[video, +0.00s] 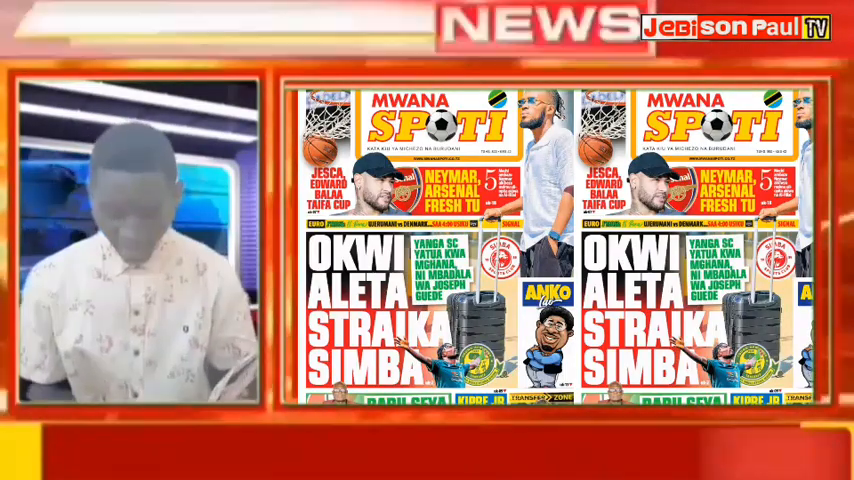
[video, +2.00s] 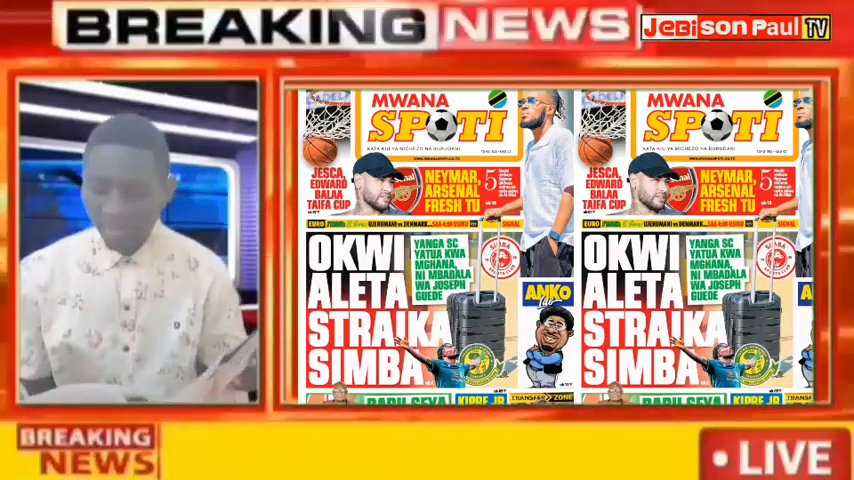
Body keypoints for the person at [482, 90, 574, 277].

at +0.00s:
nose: (523, 107)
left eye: (531, 101)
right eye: (522, 103)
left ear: (549, 110)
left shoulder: (563, 138)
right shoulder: (531, 147)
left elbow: (571, 192)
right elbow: (532, 196)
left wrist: (553, 238)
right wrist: (502, 211)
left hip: (552, 242)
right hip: (530, 243)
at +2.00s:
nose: (523, 107)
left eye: (531, 101)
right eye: (522, 103)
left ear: (549, 110)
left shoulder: (563, 138)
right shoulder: (531, 147)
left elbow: (571, 192)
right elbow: (532, 196)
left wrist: (553, 238)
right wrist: (502, 211)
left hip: (552, 242)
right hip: (530, 243)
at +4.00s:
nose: (523, 107)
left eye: (531, 101)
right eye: (522, 103)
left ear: (549, 110)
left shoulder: (563, 139)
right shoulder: (531, 147)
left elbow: (571, 192)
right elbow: (532, 196)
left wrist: (554, 238)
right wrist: (502, 211)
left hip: (552, 241)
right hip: (530, 242)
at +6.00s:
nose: (523, 107)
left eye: (531, 101)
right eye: (522, 103)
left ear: (550, 110)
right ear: (519, 108)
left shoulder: (563, 139)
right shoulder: (531, 147)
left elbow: (571, 192)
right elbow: (532, 195)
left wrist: (554, 238)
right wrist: (502, 211)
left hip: (551, 241)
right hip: (530, 242)